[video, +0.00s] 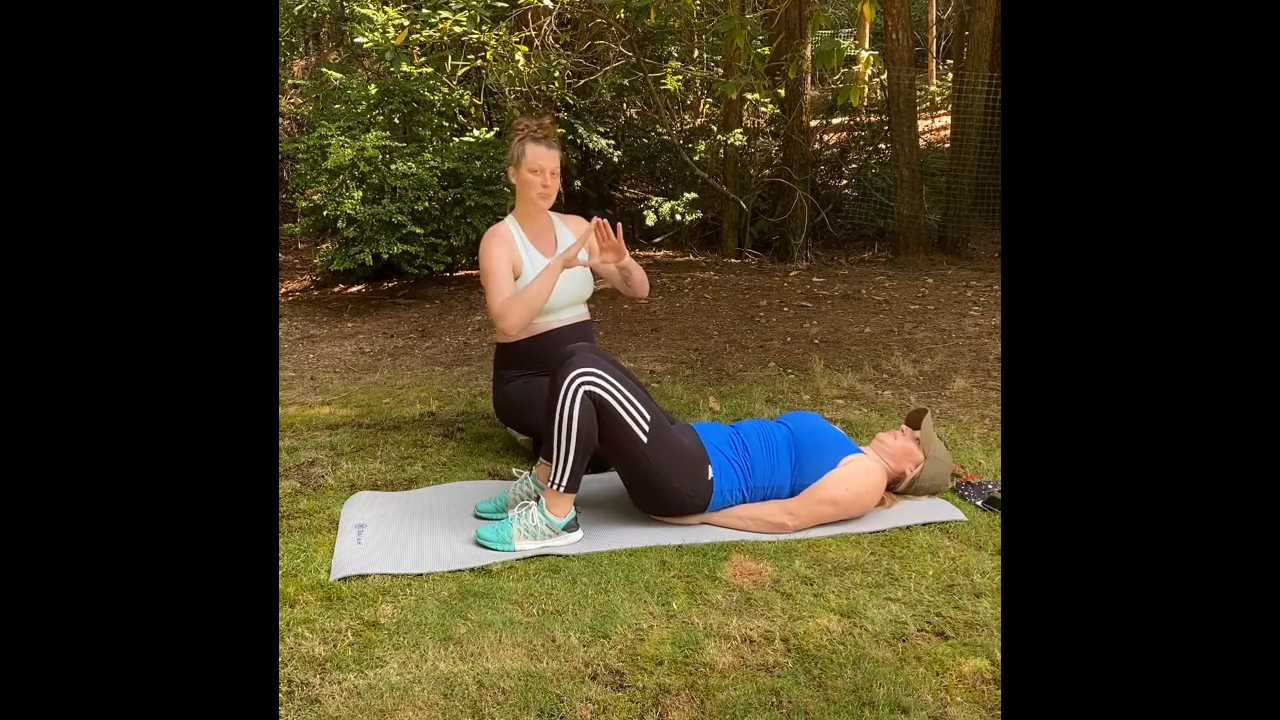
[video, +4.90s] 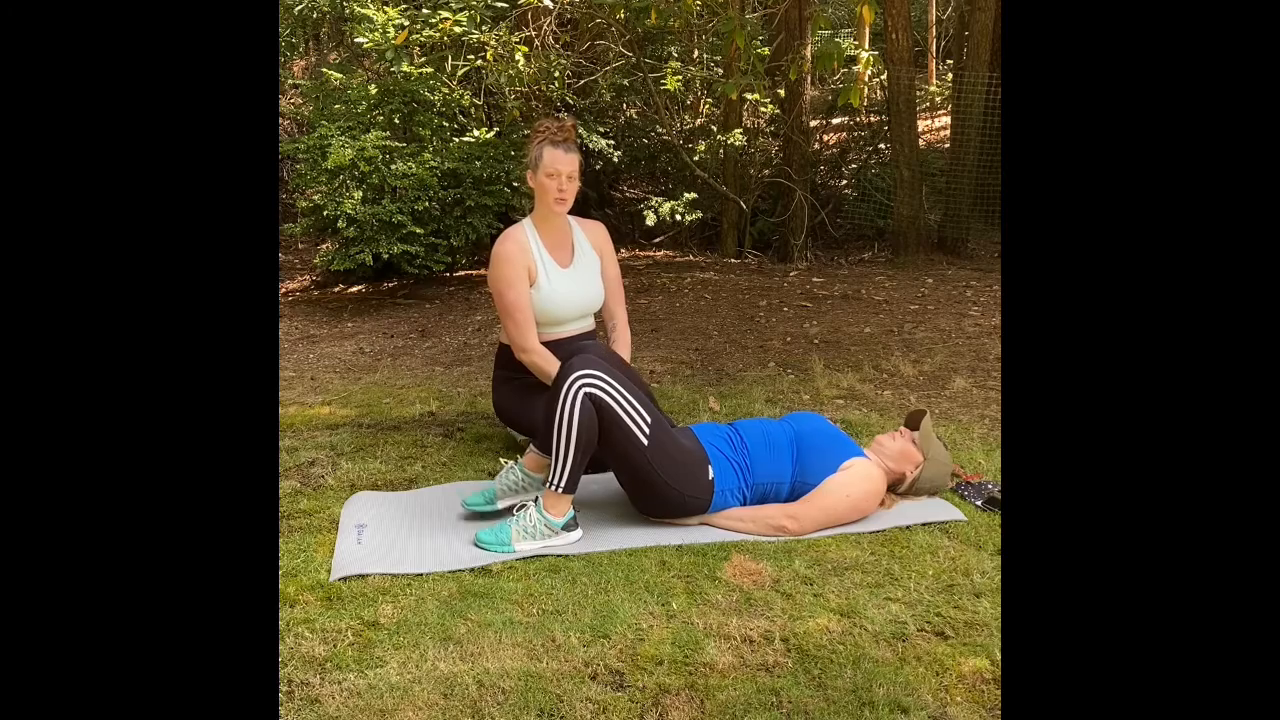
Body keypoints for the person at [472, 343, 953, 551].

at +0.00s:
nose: (897, 431)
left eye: (908, 438)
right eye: (906, 429)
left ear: (908, 468)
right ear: (898, 445)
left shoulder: (863, 476)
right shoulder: (847, 453)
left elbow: (789, 516)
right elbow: (771, 485)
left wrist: (706, 515)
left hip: (693, 480)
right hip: (681, 450)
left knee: (585, 376)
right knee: (589, 365)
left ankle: (555, 510)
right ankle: (544, 482)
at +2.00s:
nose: (900, 434)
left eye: (910, 441)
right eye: (908, 431)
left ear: (908, 470)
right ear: (899, 447)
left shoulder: (865, 474)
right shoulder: (852, 457)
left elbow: (792, 510)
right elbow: (777, 493)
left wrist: (709, 516)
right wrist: (709, 496)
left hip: (693, 481)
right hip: (680, 453)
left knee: (590, 376)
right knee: (590, 365)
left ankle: (554, 512)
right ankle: (539, 485)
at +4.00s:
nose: (897, 433)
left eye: (908, 439)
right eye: (905, 430)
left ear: (908, 470)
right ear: (897, 446)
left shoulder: (864, 479)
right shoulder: (846, 456)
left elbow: (794, 521)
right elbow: (777, 499)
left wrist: (710, 516)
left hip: (693, 483)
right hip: (678, 455)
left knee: (585, 368)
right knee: (571, 357)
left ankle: (553, 510)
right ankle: (541, 484)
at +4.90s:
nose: (897, 433)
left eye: (908, 441)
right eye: (906, 430)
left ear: (907, 472)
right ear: (897, 442)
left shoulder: (863, 480)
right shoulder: (847, 454)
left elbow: (794, 521)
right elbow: (776, 498)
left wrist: (711, 515)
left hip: (692, 482)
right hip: (677, 453)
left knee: (592, 372)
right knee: (582, 354)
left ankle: (556, 510)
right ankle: (532, 472)